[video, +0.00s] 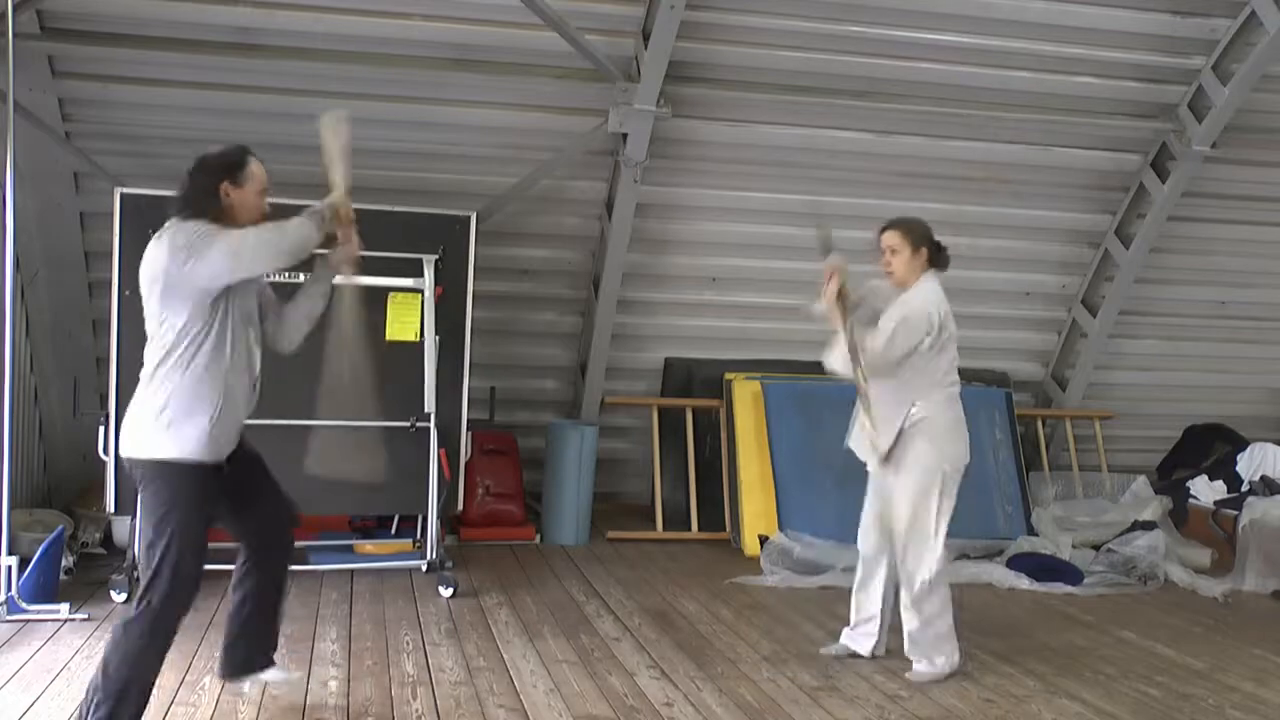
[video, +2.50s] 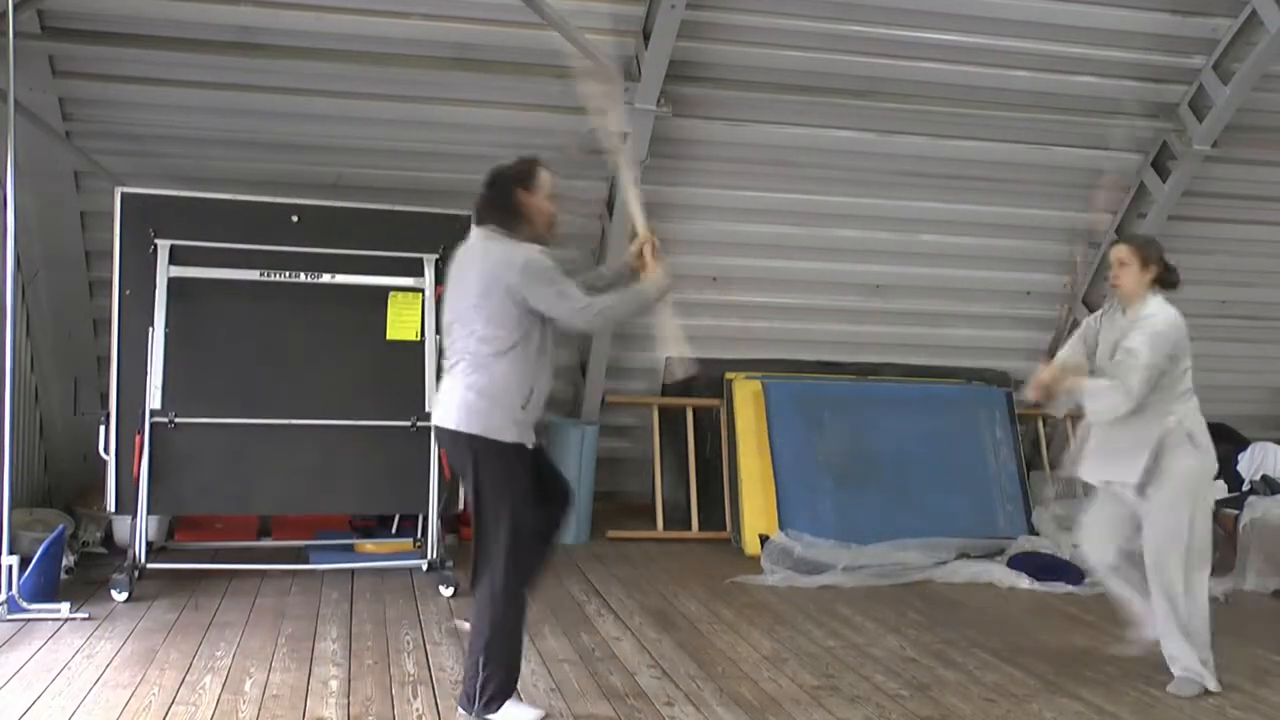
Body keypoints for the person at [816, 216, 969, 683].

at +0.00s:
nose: (885, 261)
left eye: (893, 252)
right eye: (883, 253)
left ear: (922, 255)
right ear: (893, 259)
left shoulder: (924, 302)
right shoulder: (904, 301)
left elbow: (874, 355)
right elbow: (853, 359)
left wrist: (837, 313)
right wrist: (838, 308)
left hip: (928, 437)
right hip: (894, 435)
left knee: (917, 547)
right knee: (875, 541)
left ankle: (938, 656)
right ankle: (862, 639)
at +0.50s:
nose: (902, 261)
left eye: (911, 252)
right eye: (899, 254)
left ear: (938, 258)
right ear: (899, 262)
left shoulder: (954, 301)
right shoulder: (897, 315)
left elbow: (919, 363)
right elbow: (879, 372)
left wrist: (870, 408)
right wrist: (863, 409)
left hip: (976, 445)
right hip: (924, 446)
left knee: (956, 543)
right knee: (919, 544)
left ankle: (966, 651)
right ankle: (927, 637)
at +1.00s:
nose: (967, 264)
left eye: (977, 255)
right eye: (965, 256)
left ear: (1004, 263)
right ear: (964, 266)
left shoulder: (1026, 296)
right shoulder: (963, 314)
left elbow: (985, 330)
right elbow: (951, 369)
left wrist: (934, 338)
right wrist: (935, 351)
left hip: (1029, 448)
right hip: (970, 446)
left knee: (1057, 555)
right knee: (943, 547)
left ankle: (1085, 664)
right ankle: (921, 641)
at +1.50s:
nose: (1030, 253)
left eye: (1039, 245)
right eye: (1024, 247)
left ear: (1063, 251)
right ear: (1017, 254)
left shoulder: (1082, 295)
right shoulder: (1006, 293)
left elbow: (1112, 299)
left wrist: (1086, 252)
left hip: (1085, 439)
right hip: (1022, 437)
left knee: (1099, 552)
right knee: (1005, 548)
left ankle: (1096, 661)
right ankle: (999, 651)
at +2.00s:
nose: (1079, 310)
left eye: (1087, 300)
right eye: (1074, 302)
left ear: (1115, 297)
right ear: (1072, 307)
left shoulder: (1147, 314)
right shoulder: (1078, 350)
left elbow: (1173, 343)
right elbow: (1104, 399)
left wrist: (1148, 379)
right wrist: (1130, 406)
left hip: (1178, 458)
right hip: (1127, 467)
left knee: (1174, 562)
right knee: (1139, 559)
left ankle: (1181, 663)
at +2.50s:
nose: (1113, 275)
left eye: (1123, 266)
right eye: (1111, 267)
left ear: (1150, 272)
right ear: (1111, 274)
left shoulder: (1162, 323)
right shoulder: (1108, 316)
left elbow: (1126, 394)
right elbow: (1074, 354)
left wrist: (1064, 386)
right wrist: (1047, 378)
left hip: (1176, 459)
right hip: (1128, 458)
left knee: (1170, 564)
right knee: (1098, 548)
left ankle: (1195, 670)